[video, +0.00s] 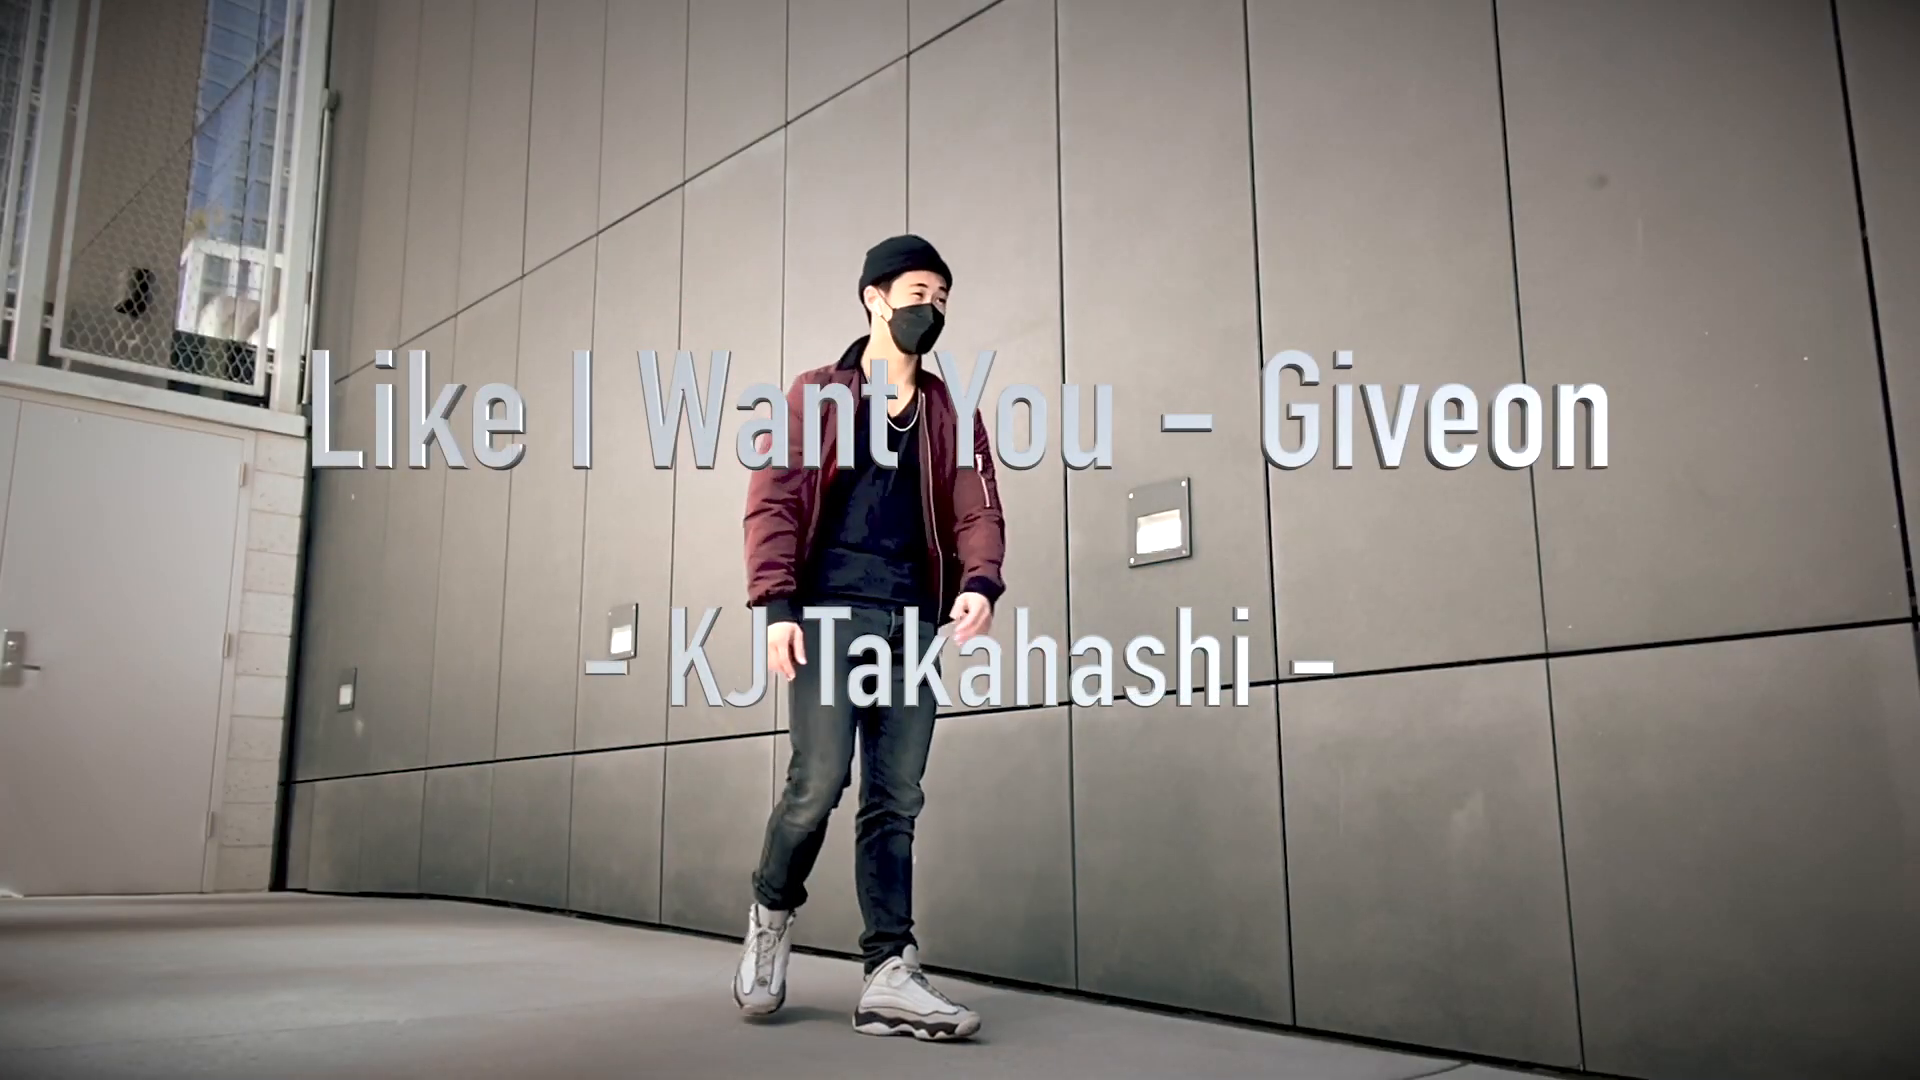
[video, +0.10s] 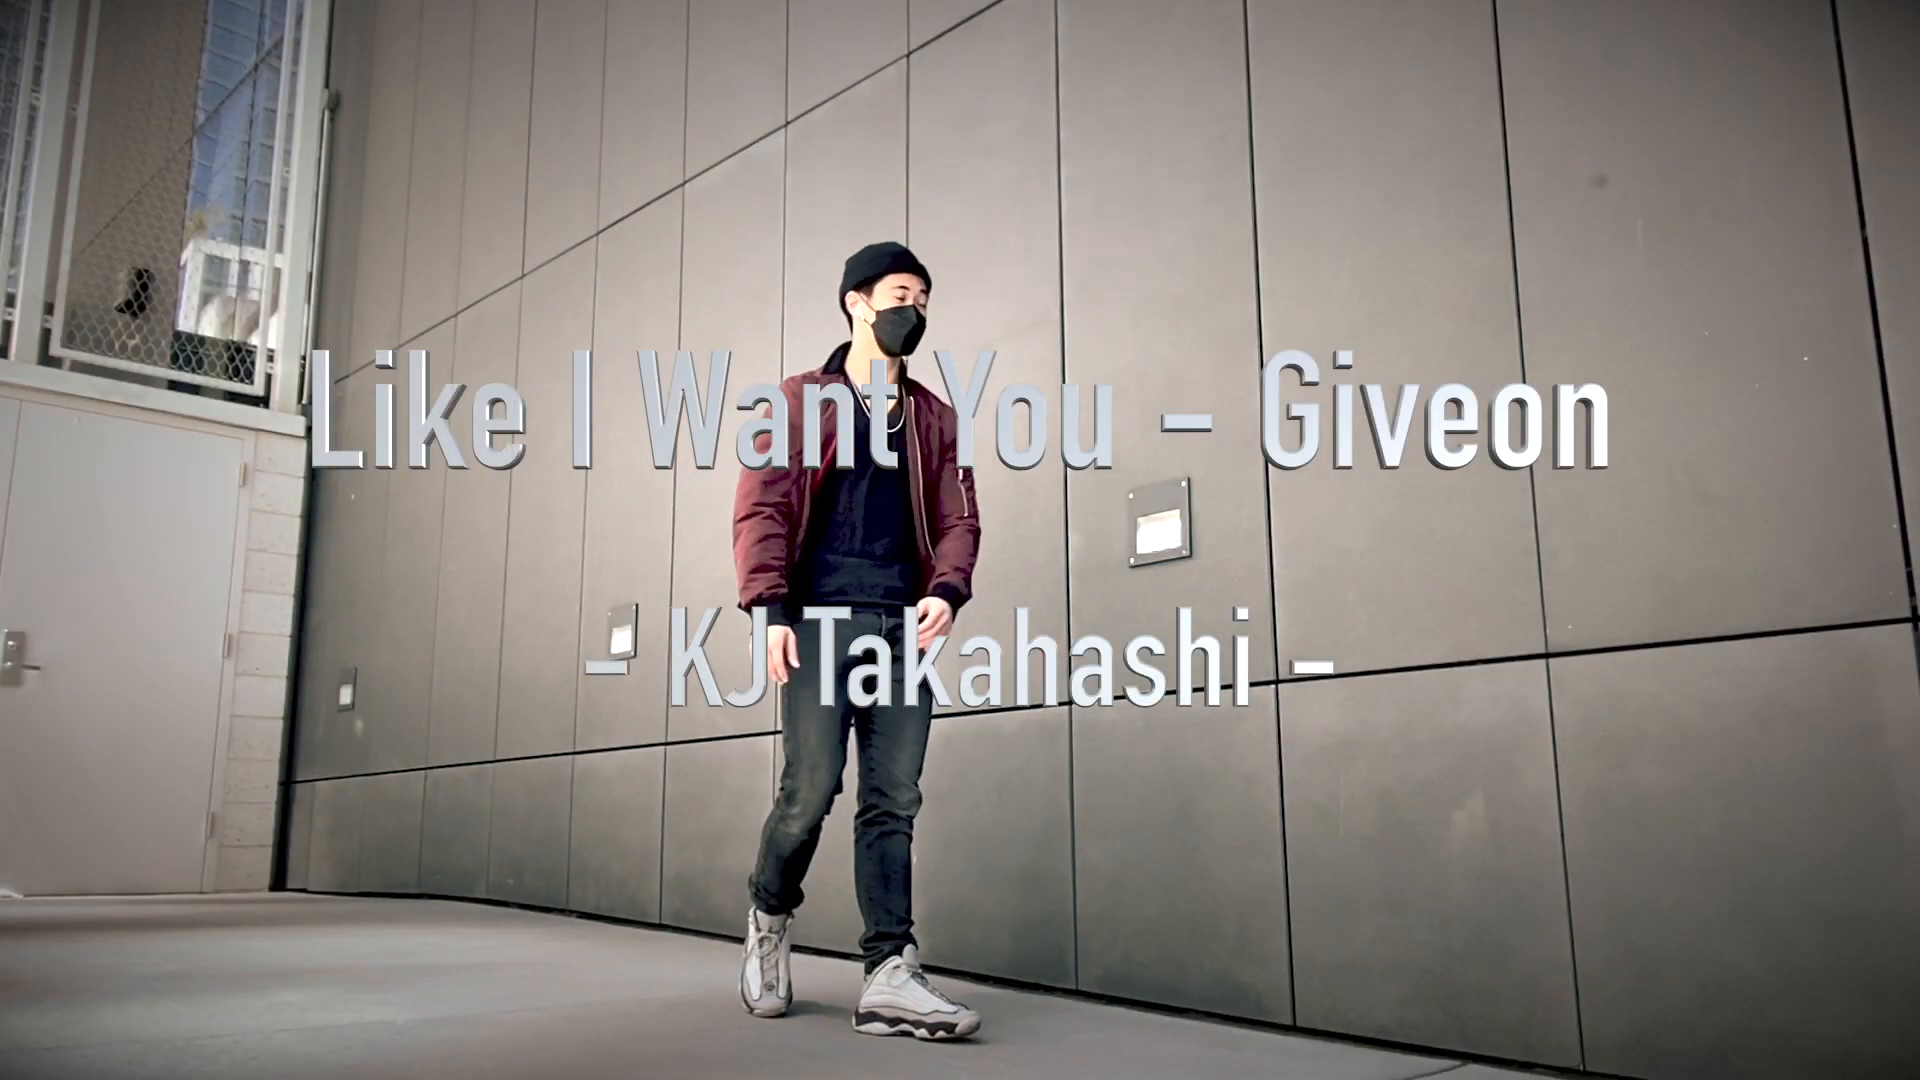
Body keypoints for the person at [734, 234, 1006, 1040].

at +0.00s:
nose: (932, 300)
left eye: (940, 292)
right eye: (916, 287)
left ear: (943, 310)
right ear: (873, 299)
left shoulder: (949, 411)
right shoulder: (813, 395)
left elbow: (978, 509)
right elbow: (774, 503)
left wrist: (979, 583)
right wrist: (779, 607)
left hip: (915, 618)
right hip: (827, 612)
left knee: (896, 797)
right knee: (819, 783)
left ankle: (888, 973)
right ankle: (772, 922)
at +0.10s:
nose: (914, 301)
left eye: (922, 293)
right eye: (898, 289)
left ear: (924, 314)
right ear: (854, 304)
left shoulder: (935, 415)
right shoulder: (798, 398)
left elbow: (959, 518)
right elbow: (761, 506)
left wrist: (946, 590)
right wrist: (772, 610)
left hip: (901, 618)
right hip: (820, 615)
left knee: (893, 798)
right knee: (812, 790)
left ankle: (887, 972)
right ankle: (768, 925)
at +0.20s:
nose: (888, 307)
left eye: (895, 298)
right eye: (872, 295)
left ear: (900, 318)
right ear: (830, 308)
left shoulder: (918, 424)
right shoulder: (779, 406)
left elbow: (931, 529)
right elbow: (748, 515)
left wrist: (922, 613)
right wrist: (766, 614)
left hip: (889, 628)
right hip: (805, 625)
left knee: (888, 800)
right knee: (798, 796)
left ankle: (889, 972)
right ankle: (769, 935)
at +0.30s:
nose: (862, 307)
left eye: (868, 299)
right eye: (846, 296)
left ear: (874, 320)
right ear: (805, 315)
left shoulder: (896, 424)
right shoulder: (758, 412)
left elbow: (911, 528)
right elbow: (732, 522)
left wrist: (916, 613)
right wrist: (755, 617)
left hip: (873, 624)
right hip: (788, 625)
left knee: (887, 795)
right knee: (791, 796)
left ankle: (892, 966)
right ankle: (770, 942)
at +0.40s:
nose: (832, 310)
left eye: (840, 302)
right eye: (816, 300)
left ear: (849, 325)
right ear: (778, 322)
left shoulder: (875, 421)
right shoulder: (739, 417)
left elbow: (897, 532)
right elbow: (707, 528)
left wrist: (913, 632)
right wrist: (732, 626)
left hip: (863, 627)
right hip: (773, 630)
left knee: (889, 792)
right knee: (783, 798)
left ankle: (905, 961)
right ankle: (772, 950)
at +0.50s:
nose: (812, 309)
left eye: (819, 301)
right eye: (795, 300)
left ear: (826, 323)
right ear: (756, 322)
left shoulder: (858, 415)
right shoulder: (722, 416)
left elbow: (885, 527)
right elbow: (691, 526)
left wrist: (902, 631)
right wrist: (707, 632)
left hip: (851, 621)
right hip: (762, 623)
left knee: (882, 789)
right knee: (775, 795)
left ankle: (909, 954)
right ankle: (771, 951)